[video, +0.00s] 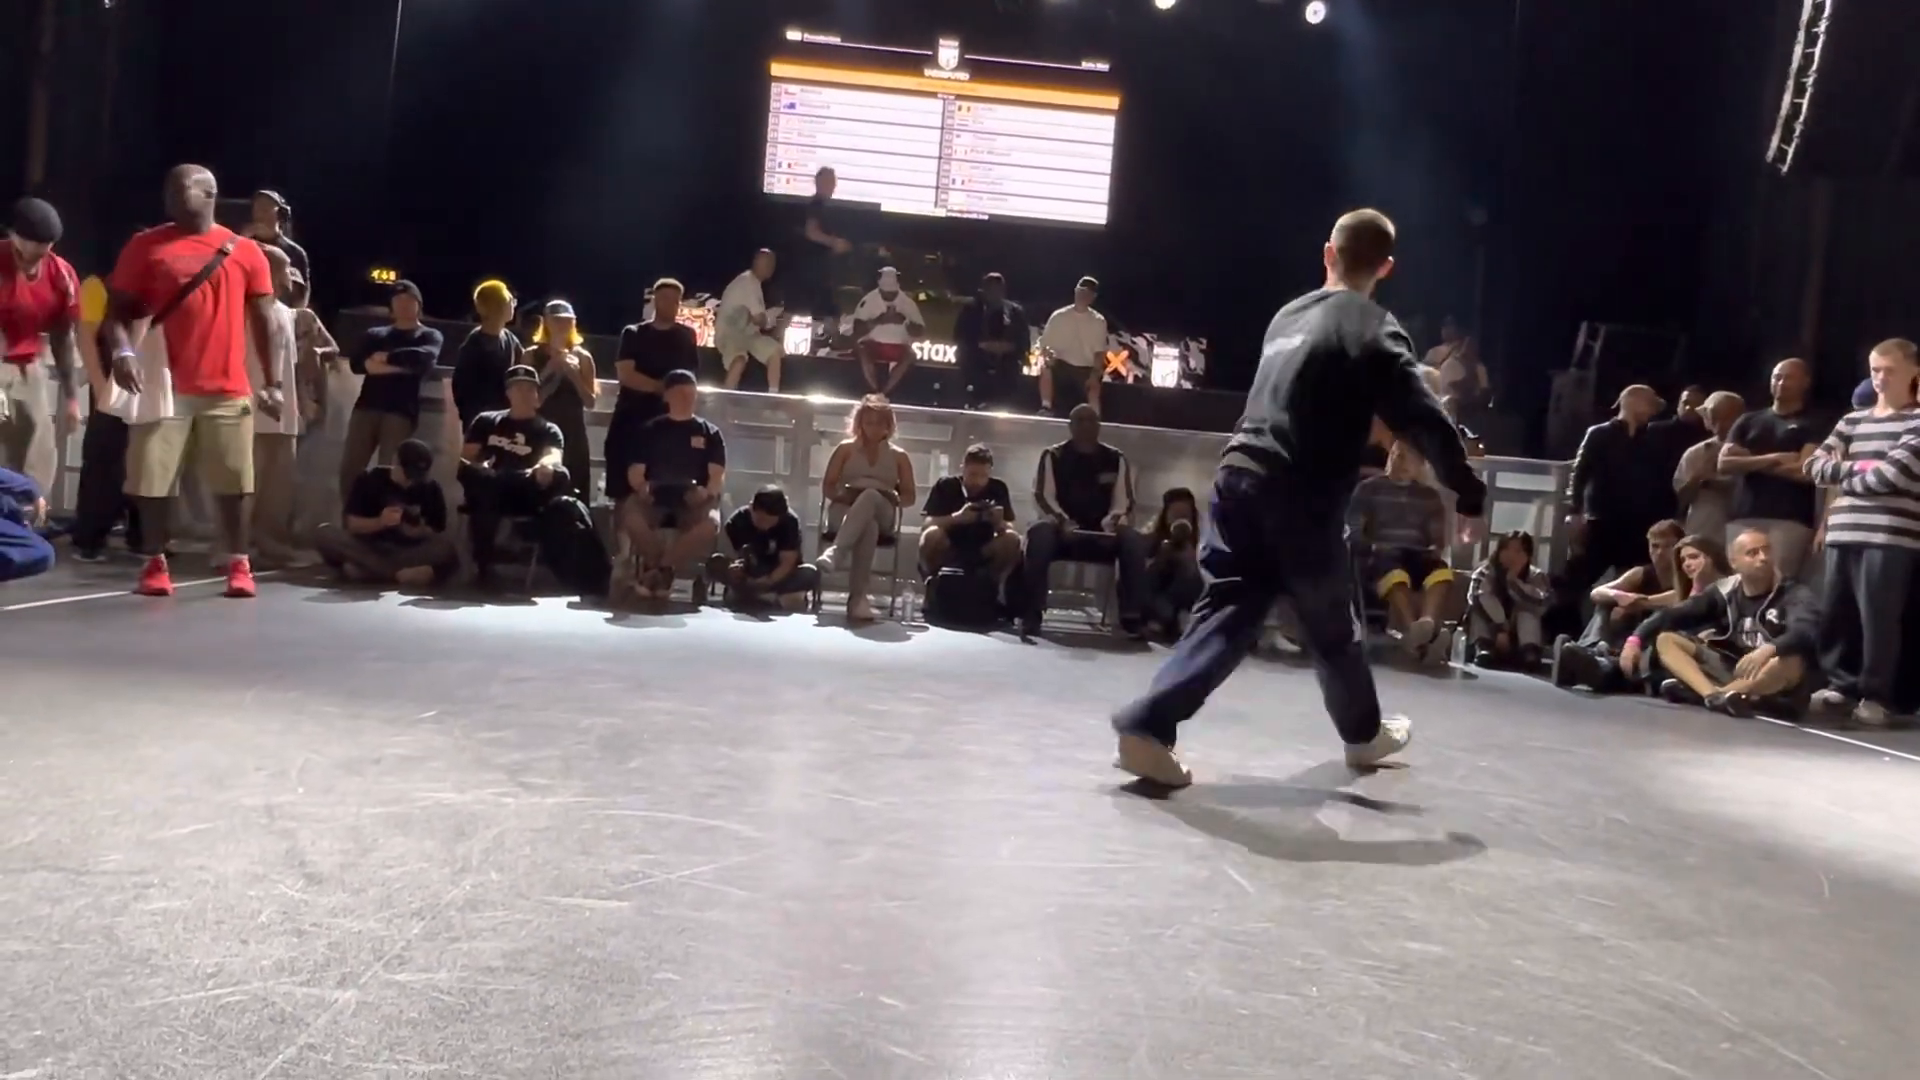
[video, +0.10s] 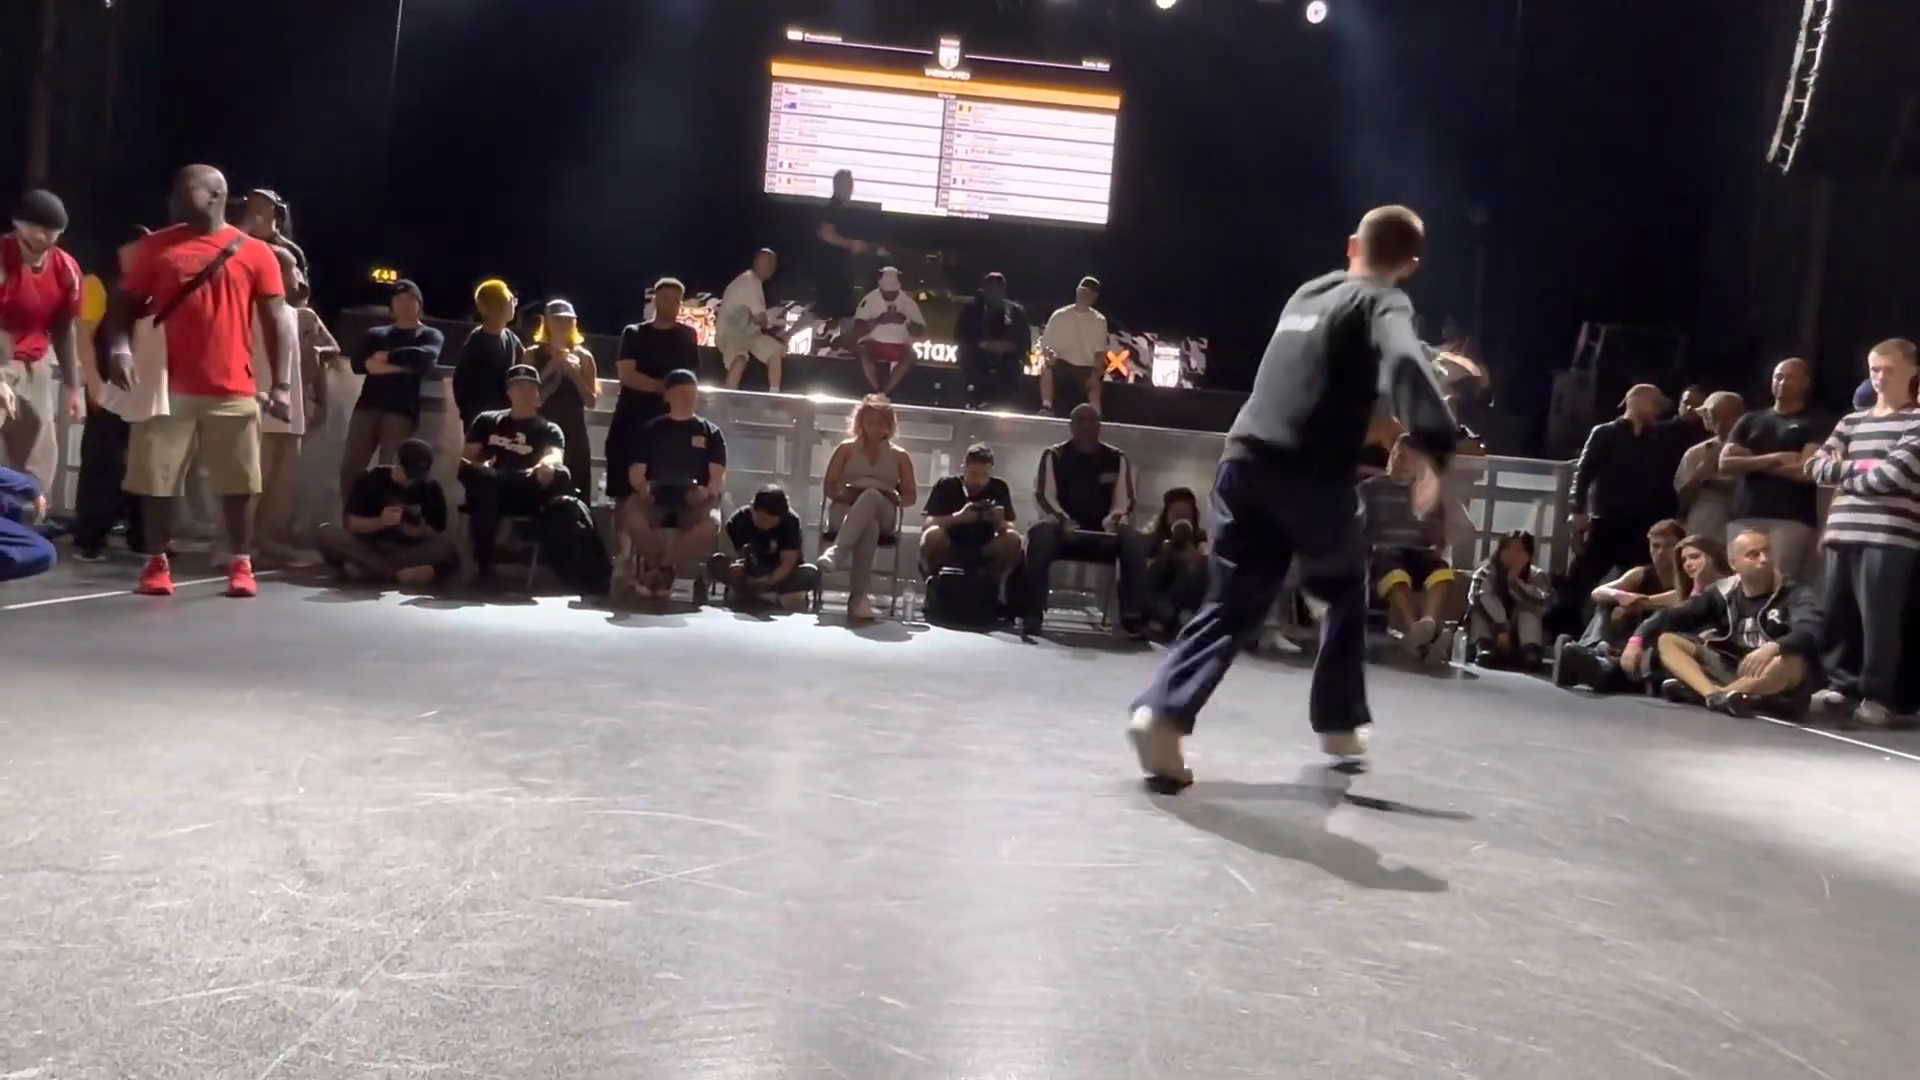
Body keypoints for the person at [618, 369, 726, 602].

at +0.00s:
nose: (685, 398)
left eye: (689, 393)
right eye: (679, 393)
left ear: (696, 395)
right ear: (667, 396)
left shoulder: (710, 433)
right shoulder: (648, 430)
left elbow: (716, 477)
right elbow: (635, 473)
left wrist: (704, 494)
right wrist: (645, 490)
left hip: (692, 493)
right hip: (655, 490)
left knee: (709, 524)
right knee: (631, 512)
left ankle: (658, 571)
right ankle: (660, 571)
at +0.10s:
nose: (686, 397)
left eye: (690, 392)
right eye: (680, 392)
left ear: (696, 394)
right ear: (667, 396)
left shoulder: (710, 432)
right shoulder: (649, 430)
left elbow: (717, 476)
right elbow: (636, 473)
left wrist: (706, 493)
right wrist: (646, 490)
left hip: (693, 492)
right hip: (656, 489)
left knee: (710, 524)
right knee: (632, 512)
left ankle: (660, 570)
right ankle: (662, 570)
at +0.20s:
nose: (686, 397)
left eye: (690, 392)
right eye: (680, 392)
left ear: (696, 394)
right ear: (668, 395)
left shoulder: (710, 431)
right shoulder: (650, 429)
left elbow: (718, 475)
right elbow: (636, 471)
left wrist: (706, 492)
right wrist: (646, 489)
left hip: (693, 491)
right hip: (657, 489)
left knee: (711, 523)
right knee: (632, 513)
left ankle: (660, 570)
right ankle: (662, 570)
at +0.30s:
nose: (686, 397)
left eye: (690, 392)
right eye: (681, 392)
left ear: (697, 394)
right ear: (668, 395)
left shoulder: (711, 431)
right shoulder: (650, 429)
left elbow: (718, 475)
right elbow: (636, 471)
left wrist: (706, 492)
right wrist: (646, 489)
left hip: (693, 492)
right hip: (657, 490)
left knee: (710, 523)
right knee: (632, 513)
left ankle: (659, 570)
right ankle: (662, 570)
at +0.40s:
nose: (687, 397)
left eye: (691, 392)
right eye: (681, 392)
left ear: (697, 394)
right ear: (668, 395)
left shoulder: (710, 431)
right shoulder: (650, 429)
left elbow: (717, 476)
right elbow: (636, 473)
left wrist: (706, 492)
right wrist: (646, 490)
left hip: (692, 492)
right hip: (657, 490)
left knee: (710, 524)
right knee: (632, 513)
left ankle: (659, 571)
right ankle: (661, 571)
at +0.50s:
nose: (686, 398)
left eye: (690, 392)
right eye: (680, 392)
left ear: (696, 394)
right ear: (667, 396)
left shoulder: (710, 432)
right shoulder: (650, 429)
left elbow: (716, 477)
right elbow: (636, 473)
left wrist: (705, 492)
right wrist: (645, 490)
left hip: (692, 492)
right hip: (656, 490)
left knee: (709, 524)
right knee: (632, 513)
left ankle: (658, 570)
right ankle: (661, 570)